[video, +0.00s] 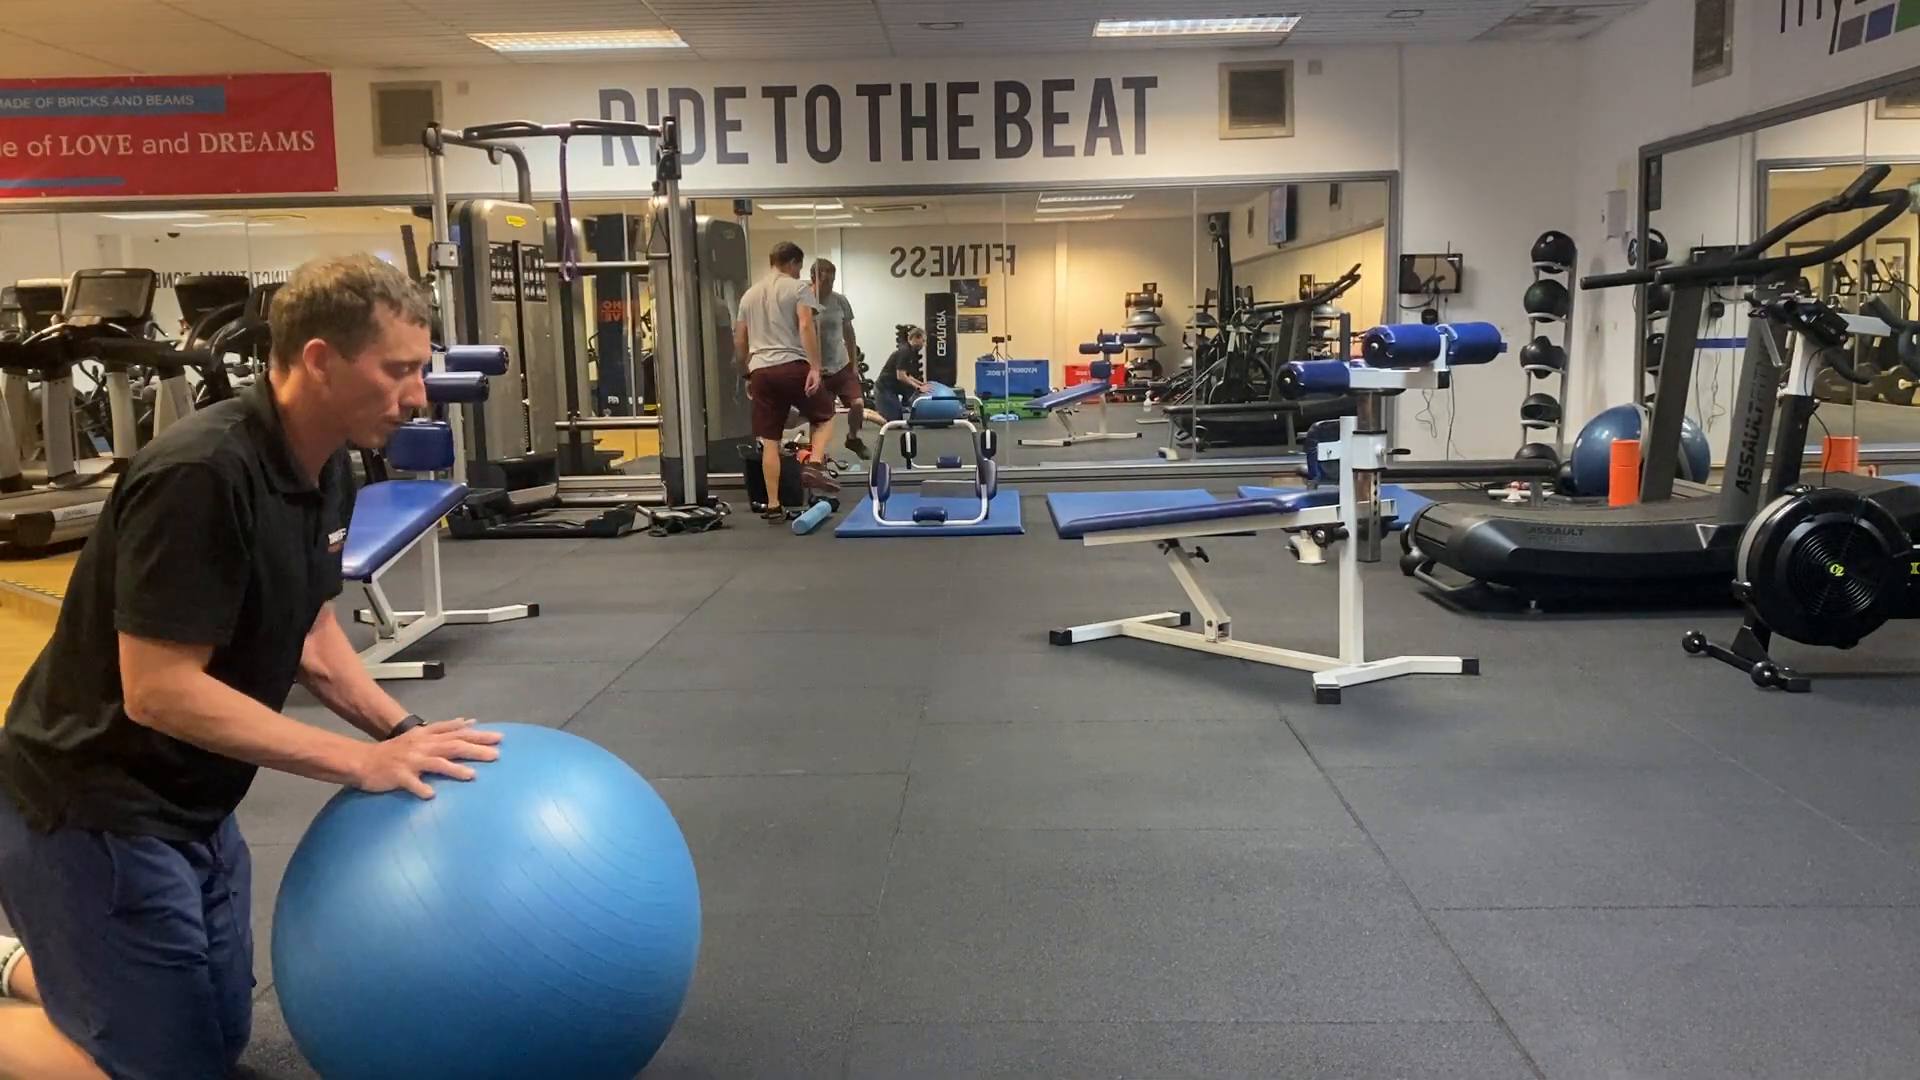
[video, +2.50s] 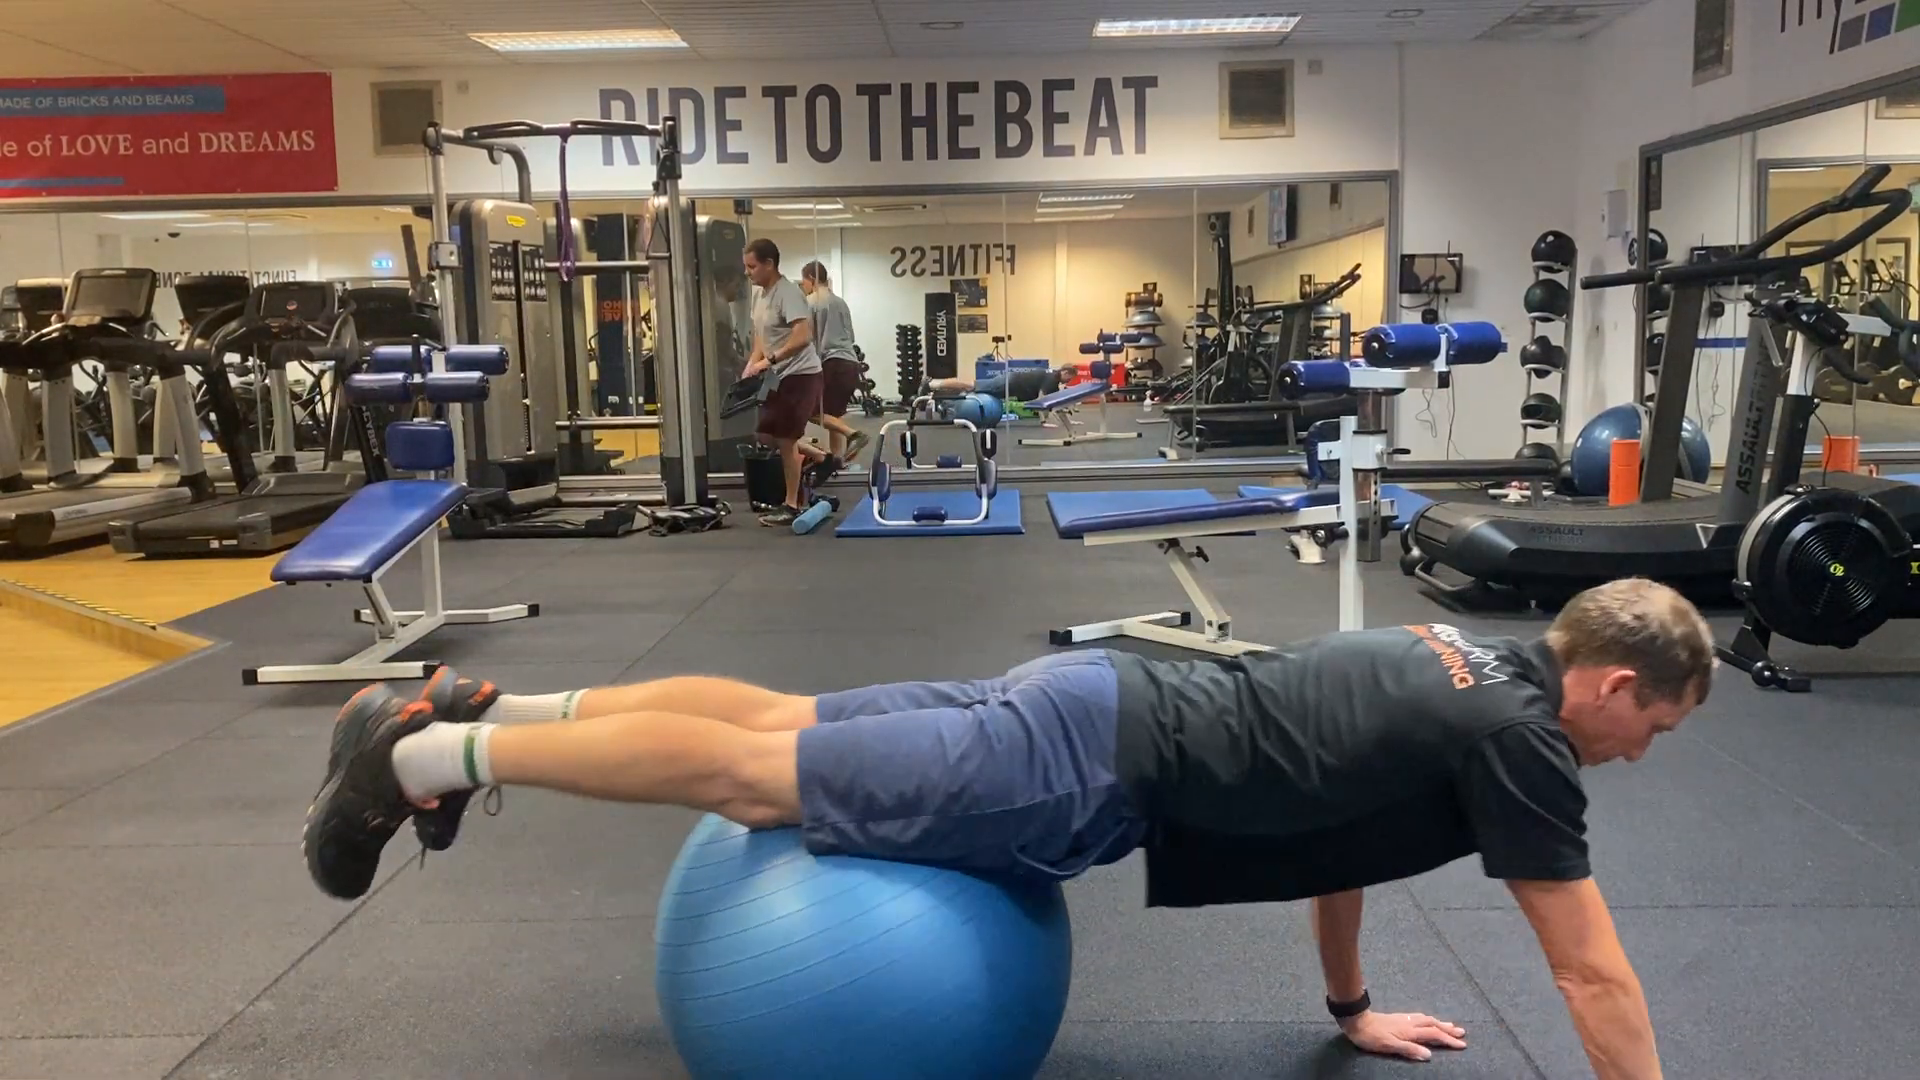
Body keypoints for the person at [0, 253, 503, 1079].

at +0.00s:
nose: (418, 395)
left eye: (421, 372)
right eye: (400, 371)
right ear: (317, 362)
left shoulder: (327, 467)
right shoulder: (198, 475)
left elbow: (304, 621)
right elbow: (157, 692)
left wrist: (398, 732)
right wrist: (361, 759)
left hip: (193, 798)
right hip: (89, 812)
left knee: (214, 1035)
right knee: (166, 1066)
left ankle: (17, 970)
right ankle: (3, 1014)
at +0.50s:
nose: (447, 396)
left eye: (449, 370)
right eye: (427, 370)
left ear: (351, 366)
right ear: (345, 362)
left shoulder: (350, 465)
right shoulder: (200, 467)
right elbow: (19, 607)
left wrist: (275, 721)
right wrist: (185, 740)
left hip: (212, 815)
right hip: (95, 832)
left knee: (224, 1046)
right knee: (140, 1063)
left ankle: (17, 980)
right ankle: (6, 991)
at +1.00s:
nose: (840, 606)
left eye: (847, 586)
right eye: (832, 585)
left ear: (764, 561)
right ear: (759, 562)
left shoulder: (693, 609)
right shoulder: (641, 634)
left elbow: (725, 740)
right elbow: (564, 829)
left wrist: (844, 824)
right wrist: (766, 913)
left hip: (333, 777)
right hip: (296, 804)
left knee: (185, 1006)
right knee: (148, 1066)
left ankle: (0, 973)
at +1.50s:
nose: (1147, 806)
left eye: (1162, 789)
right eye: (1156, 788)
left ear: (1108, 705)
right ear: (1116, 740)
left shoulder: (1012, 694)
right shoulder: (991, 767)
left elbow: (983, 904)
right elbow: (996, 997)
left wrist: (1037, 1005)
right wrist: (1063, 1066)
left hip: (640, 678)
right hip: (621, 722)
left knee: (319, 793)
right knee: (305, 829)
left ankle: (52, 792)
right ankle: (29, 860)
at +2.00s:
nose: (1406, 750)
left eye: (1418, 732)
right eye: (1413, 731)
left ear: (1359, 668)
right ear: (1368, 694)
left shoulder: (1263, 684)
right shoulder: (1233, 732)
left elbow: (1278, 874)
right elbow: (1113, 943)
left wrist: (1346, 1013)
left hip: (877, 684)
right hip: (867, 728)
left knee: (565, 752)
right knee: (542, 812)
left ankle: (257, 795)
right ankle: (193, 886)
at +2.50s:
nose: (1659, 740)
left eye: (1669, 717)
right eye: (1668, 716)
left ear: (1583, 653)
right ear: (1622, 690)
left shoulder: (1447, 674)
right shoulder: (1515, 745)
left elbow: (1334, 844)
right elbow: (1595, 980)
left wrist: (1349, 1008)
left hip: (1099, 712)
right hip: (1094, 751)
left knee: (774, 733)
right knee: (764, 771)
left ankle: (475, 714)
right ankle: (436, 748)